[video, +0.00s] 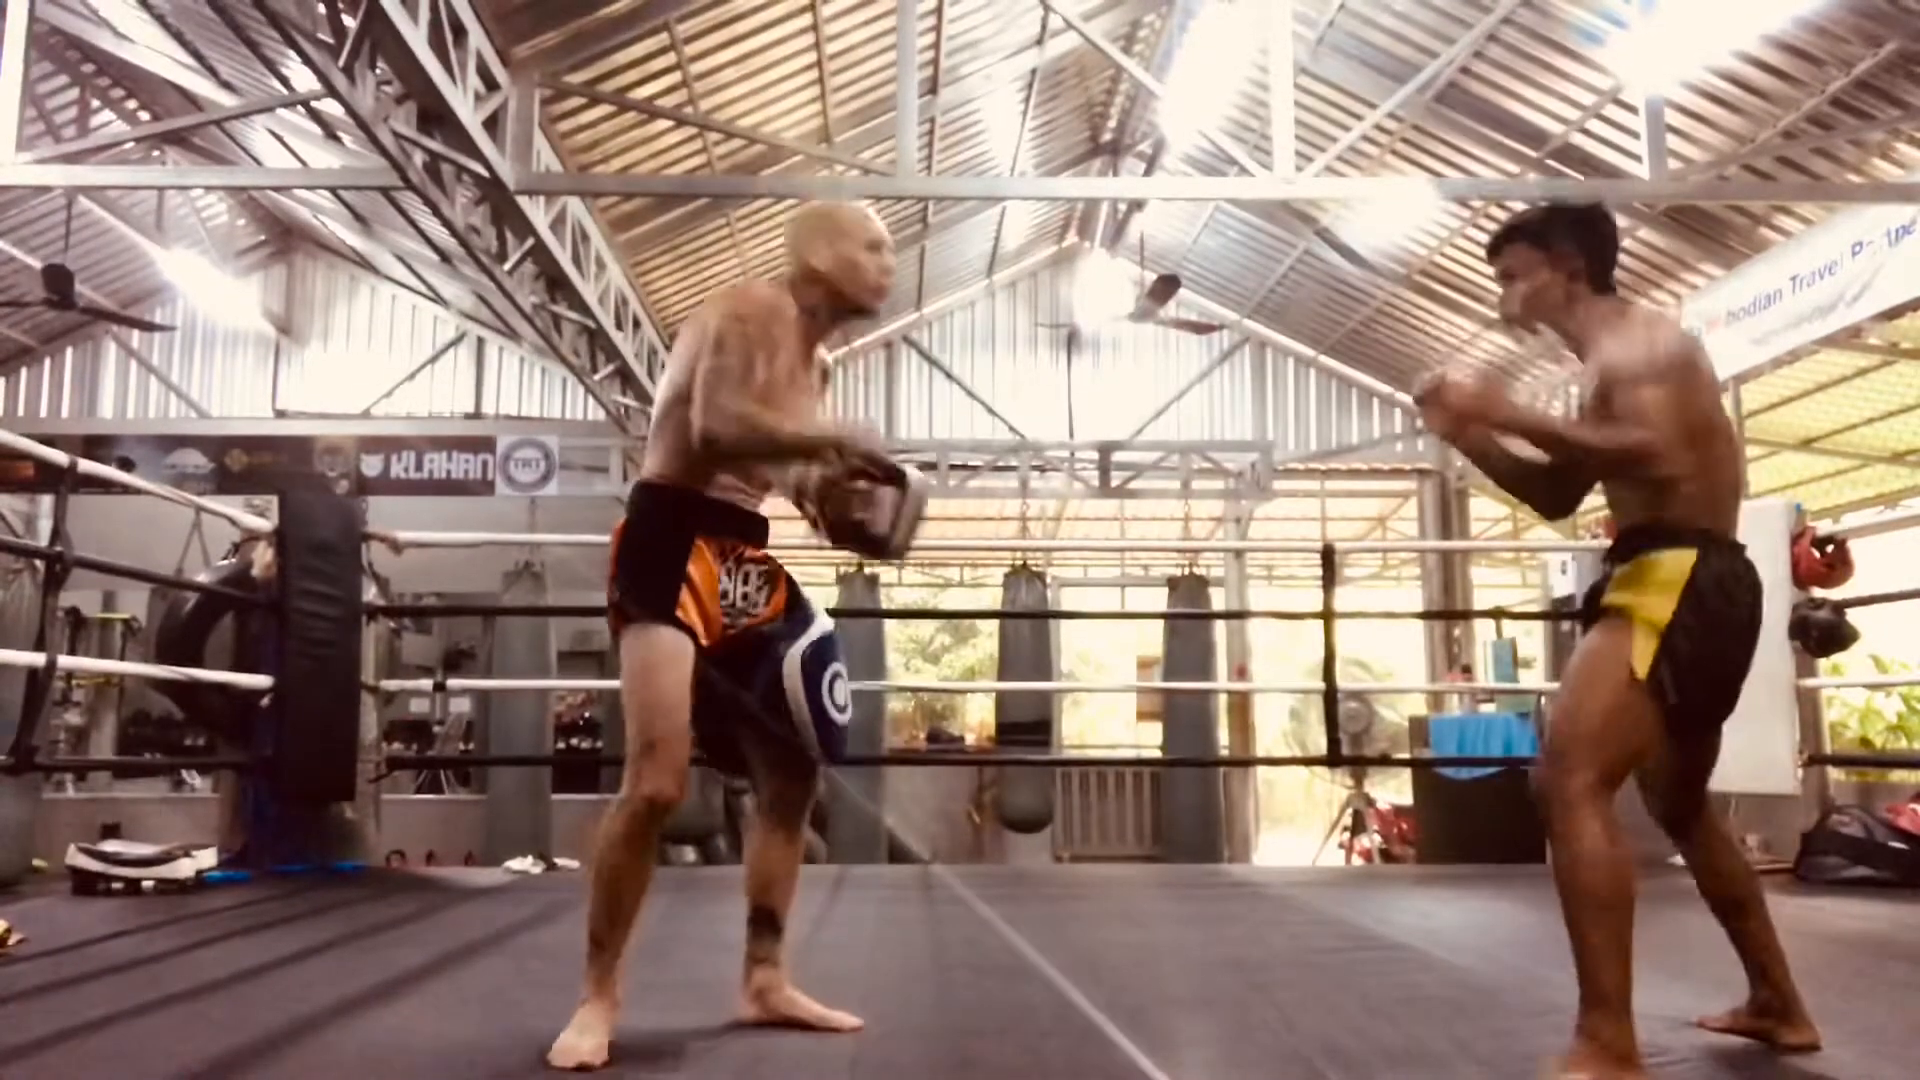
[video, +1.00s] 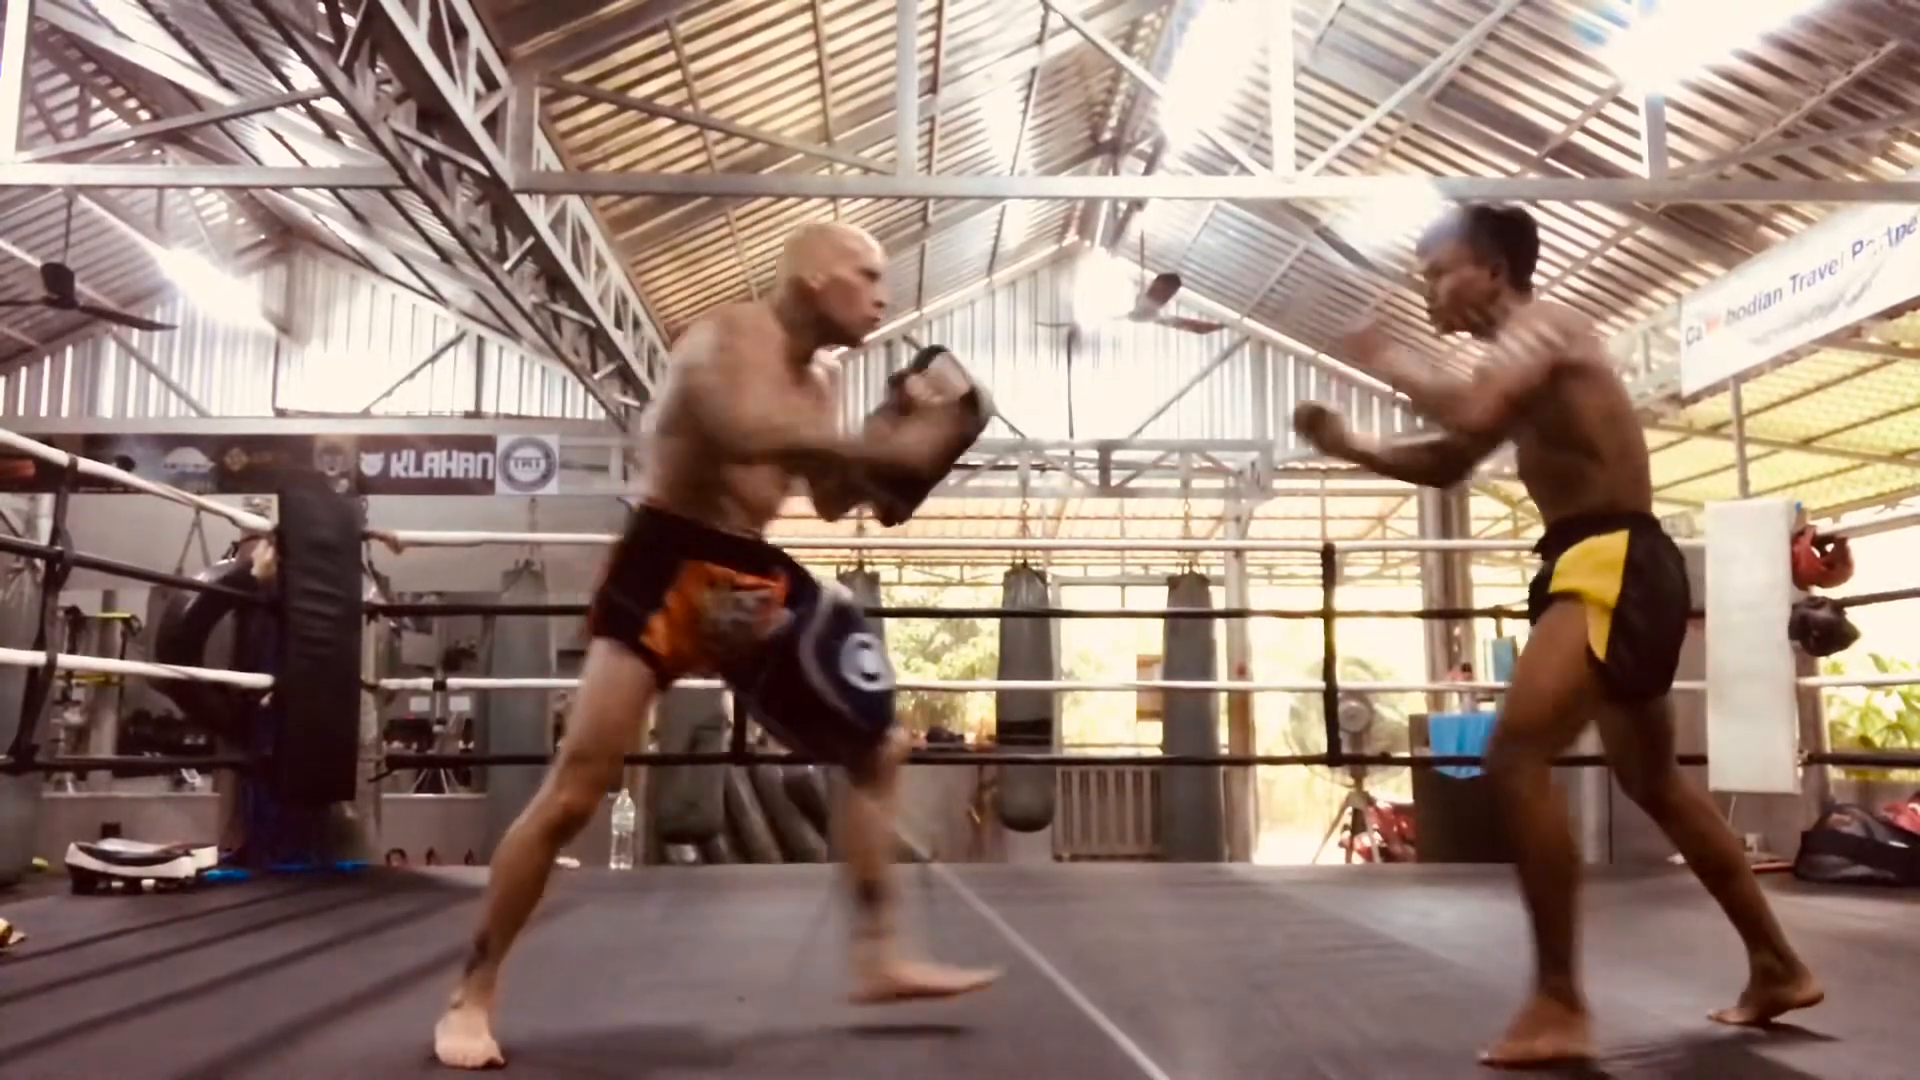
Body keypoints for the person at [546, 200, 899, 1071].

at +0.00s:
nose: (887, 273)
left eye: (887, 257)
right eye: (874, 254)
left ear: (838, 267)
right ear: (823, 257)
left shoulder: (806, 360)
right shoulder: (751, 308)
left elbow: (783, 464)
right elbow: (717, 424)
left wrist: (833, 504)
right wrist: (835, 442)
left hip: (742, 550)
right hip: (672, 534)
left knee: (792, 770)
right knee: (656, 785)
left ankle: (765, 981)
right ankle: (598, 998)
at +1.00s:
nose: (881, 300)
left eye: (881, 284)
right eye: (868, 280)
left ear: (833, 287)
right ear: (816, 278)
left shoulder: (815, 385)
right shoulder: (733, 333)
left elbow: (833, 497)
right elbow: (740, 425)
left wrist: (904, 433)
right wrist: (884, 450)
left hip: (751, 576)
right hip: (665, 563)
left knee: (877, 745)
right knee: (572, 796)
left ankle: (876, 962)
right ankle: (473, 996)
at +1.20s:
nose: (962, 333)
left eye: (963, 322)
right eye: (952, 317)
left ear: (915, 316)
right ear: (905, 306)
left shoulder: (902, 387)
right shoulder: (871, 344)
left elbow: (953, 471)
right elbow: (1015, 362)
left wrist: (982, 366)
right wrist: (1125, 324)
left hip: (882, 590)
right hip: (849, 582)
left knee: (1013, 777)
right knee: (830, 809)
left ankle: (1020, 984)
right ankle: (604, 905)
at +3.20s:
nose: (950, 208)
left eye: (919, 194)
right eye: (962, 189)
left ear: (897, 200)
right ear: (973, 195)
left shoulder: (853, 288)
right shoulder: (1033, 282)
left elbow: (806, 409)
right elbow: (1031, 403)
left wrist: (820, 439)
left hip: (893, 515)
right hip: (995, 511)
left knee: (898, 783)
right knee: (1041, 760)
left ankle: (877, 1019)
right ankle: (951, 976)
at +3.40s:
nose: (893, 220)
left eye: (893, 208)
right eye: (931, 207)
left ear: (899, 210)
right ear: (974, 211)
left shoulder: (874, 282)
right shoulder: (1033, 299)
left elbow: (853, 404)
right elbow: (1015, 416)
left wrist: (819, 434)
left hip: (913, 525)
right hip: (1017, 522)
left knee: (890, 786)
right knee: (1041, 764)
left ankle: (881, 1018)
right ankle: (1065, 969)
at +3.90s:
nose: (934, 277)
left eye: (939, 259)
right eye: (931, 263)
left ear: (982, 250)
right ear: (981, 254)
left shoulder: (1040, 305)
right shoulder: (1013, 350)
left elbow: (1113, 393)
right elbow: (929, 439)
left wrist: (1082, 512)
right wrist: (848, 372)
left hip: (1053, 524)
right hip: (1043, 527)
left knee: (1002, 757)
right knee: (1070, 771)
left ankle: (984, 998)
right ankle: (1103, 984)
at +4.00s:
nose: (948, 268)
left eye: (955, 250)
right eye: (944, 254)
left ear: (1004, 240)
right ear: (997, 245)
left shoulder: (1059, 297)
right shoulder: (1007, 351)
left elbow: (1139, 381)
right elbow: (916, 419)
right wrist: (823, 367)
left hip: (1078, 516)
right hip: (1058, 526)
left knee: (1038, 749)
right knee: (1081, 769)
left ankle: (1073, 994)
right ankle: (1104, 989)